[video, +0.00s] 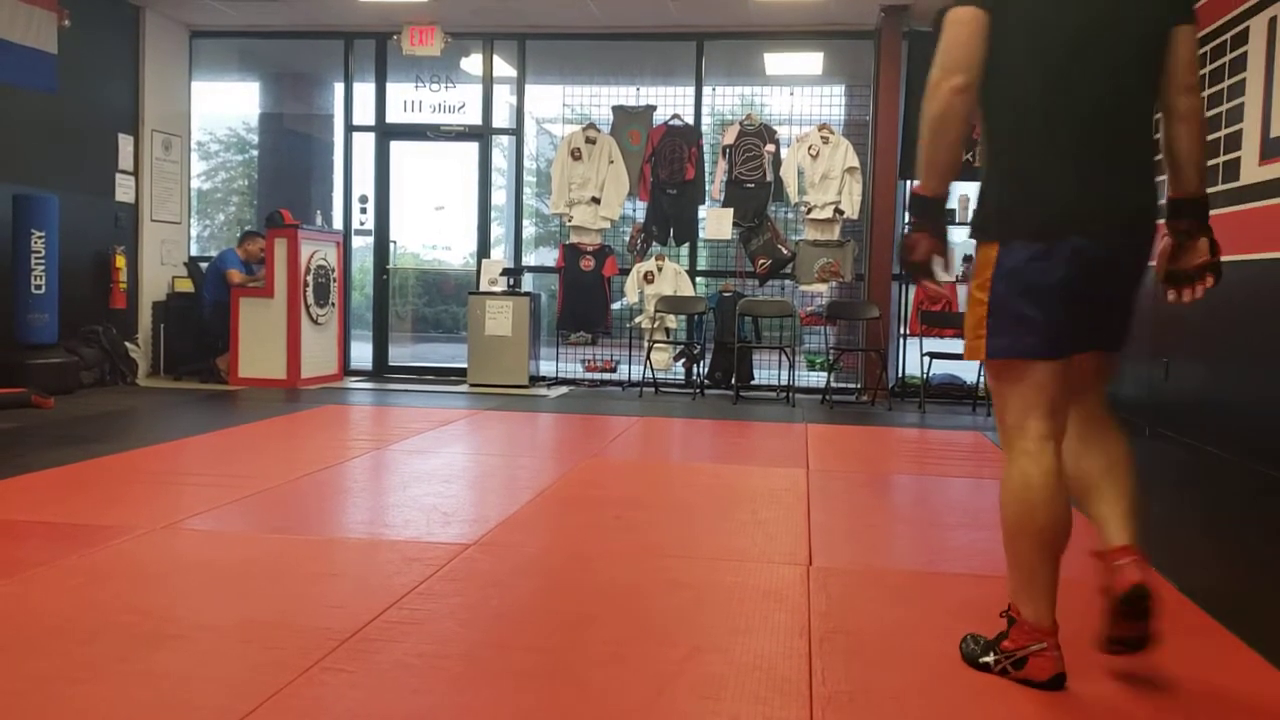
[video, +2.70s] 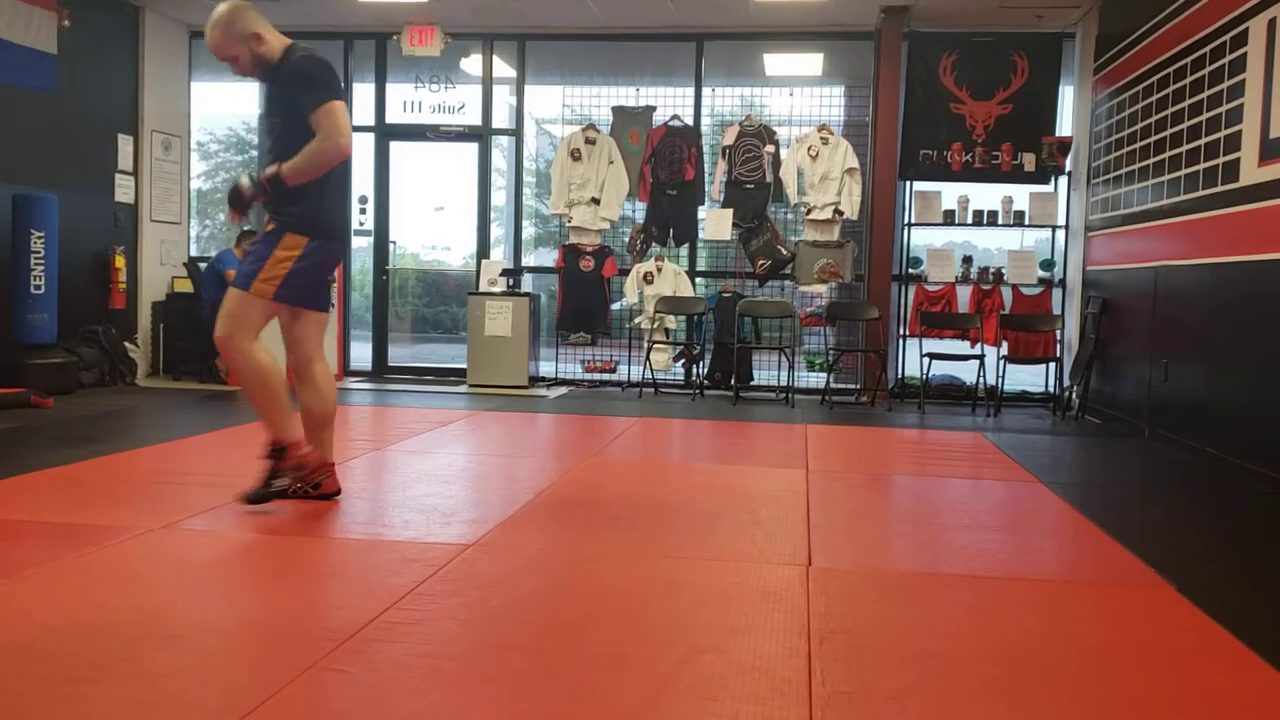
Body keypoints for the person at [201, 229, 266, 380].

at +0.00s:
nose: (262, 255)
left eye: (263, 251)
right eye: (260, 250)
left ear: (248, 246)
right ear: (247, 245)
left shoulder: (245, 263)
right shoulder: (229, 256)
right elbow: (234, 279)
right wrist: (257, 278)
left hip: (229, 308)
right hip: (214, 309)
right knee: (252, 332)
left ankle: (226, 363)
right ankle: (223, 362)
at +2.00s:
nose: (261, 253)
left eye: (262, 250)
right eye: (260, 248)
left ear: (248, 245)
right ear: (247, 244)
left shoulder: (245, 263)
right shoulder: (228, 255)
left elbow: (252, 282)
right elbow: (236, 279)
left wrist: (265, 276)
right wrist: (258, 278)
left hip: (230, 307)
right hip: (214, 308)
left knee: (258, 328)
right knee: (252, 331)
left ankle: (226, 363)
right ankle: (223, 362)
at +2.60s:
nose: (261, 254)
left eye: (262, 250)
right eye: (259, 249)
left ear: (247, 245)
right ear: (246, 244)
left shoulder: (246, 264)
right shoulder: (228, 256)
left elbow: (252, 282)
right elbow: (235, 280)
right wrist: (258, 279)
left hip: (230, 308)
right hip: (213, 309)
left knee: (257, 324)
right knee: (251, 328)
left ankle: (226, 363)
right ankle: (223, 362)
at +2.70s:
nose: (252, 250)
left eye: (254, 246)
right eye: (251, 245)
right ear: (242, 244)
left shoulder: (242, 261)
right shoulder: (226, 256)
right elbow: (234, 280)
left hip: (221, 303)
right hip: (209, 303)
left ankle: (221, 367)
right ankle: (215, 368)